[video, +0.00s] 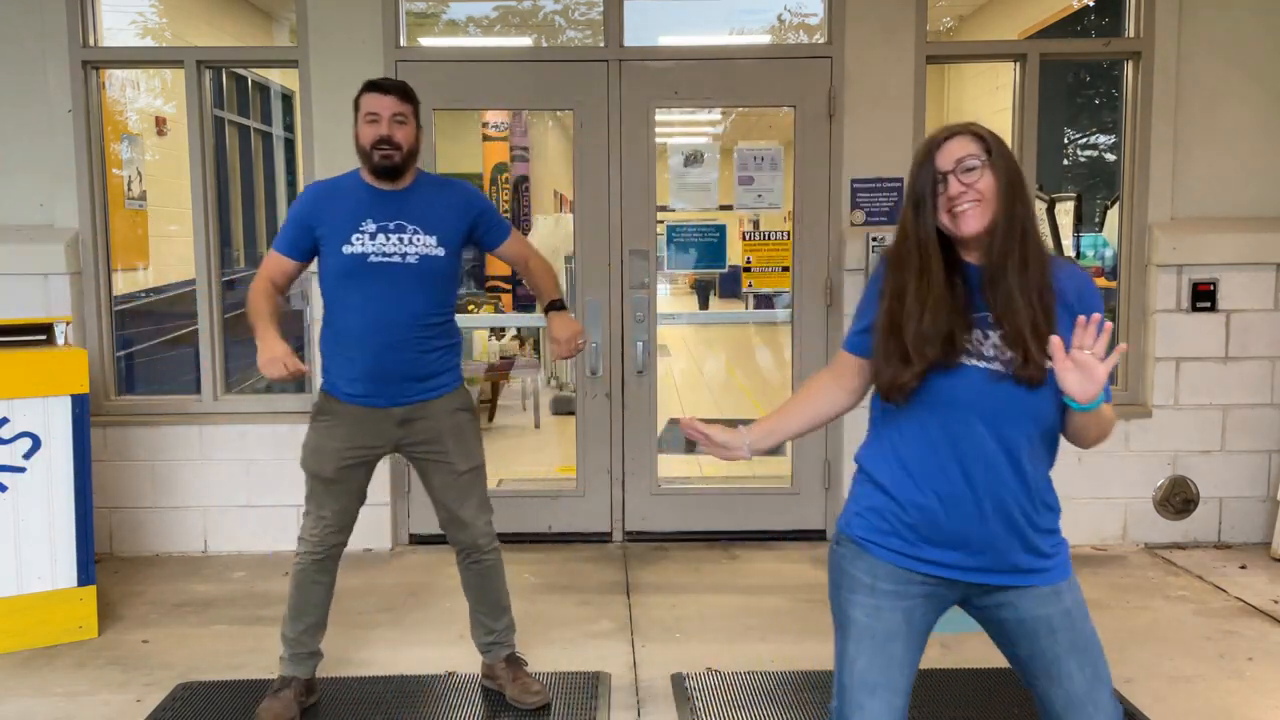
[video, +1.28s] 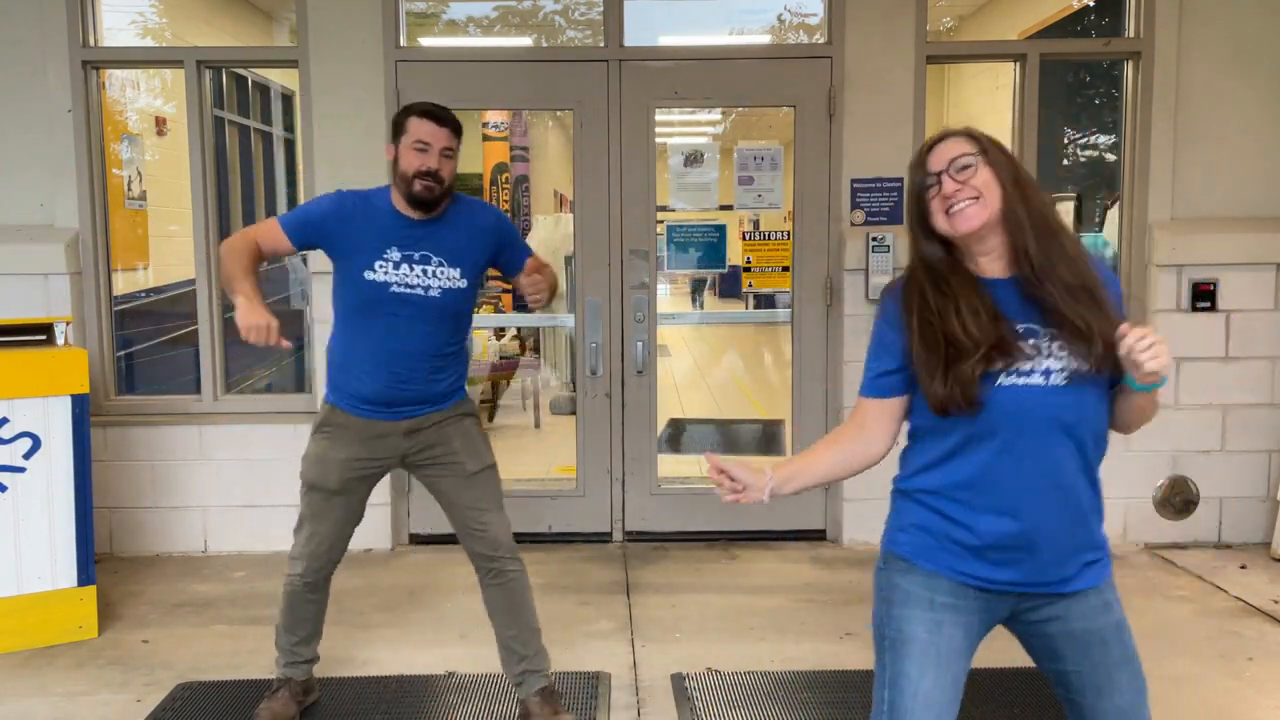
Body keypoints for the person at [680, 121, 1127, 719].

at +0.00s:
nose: (954, 187)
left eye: (969, 169)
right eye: (938, 180)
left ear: (1005, 177)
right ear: (928, 204)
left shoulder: (1066, 288)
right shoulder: (904, 273)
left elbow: (1090, 434)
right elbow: (844, 378)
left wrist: (1085, 401)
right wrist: (750, 438)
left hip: (1021, 551)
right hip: (890, 547)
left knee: (1090, 710)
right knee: (868, 711)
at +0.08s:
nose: (990, 195)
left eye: (1005, 177)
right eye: (974, 189)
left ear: (1041, 186)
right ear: (964, 213)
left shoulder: (1104, 298)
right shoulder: (937, 284)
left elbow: (1129, 445)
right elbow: (887, 390)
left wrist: (1126, 416)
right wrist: (797, 455)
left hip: (1058, 562)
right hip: (926, 555)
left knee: (1119, 713)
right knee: (897, 711)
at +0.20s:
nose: (1033, 191)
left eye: (1048, 174)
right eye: (1016, 185)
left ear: (1084, 186)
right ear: (1003, 209)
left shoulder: (1151, 295)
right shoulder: (977, 289)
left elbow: (1183, 415)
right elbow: (939, 402)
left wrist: (1192, 440)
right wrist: (855, 456)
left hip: (1109, 559)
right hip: (974, 548)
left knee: (1147, 713)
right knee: (929, 712)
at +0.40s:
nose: (1069, 184)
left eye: (1088, 169)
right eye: (1055, 176)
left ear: (1124, 184)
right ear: (1041, 204)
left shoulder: (1191, 287)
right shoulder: (1019, 286)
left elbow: (1272, 409)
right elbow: (979, 402)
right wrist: (899, 373)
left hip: (1151, 553)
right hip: (1019, 539)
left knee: (1164, 712)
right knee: (976, 707)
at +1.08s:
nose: (1006, 172)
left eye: (1021, 151)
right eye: (992, 168)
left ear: (1067, 153)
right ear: (988, 193)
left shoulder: (1157, 258)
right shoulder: (977, 275)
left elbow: (1206, 385)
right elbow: (928, 395)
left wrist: (1270, 397)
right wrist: (832, 426)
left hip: (1139, 542)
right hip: (1002, 532)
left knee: (1150, 710)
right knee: (963, 708)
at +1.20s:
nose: (967, 173)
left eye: (983, 152)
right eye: (953, 169)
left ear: (1031, 153)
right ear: (951, 195)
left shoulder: (1125, 257)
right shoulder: (946, 275)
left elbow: (1164, 396)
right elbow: (900, 406)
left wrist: (1200, 360)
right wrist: (798, 455)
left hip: (1100, 544)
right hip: (969, 535)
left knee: (1138, 711)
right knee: (934, 709)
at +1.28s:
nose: (949, 186)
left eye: (964, 167)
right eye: (933, 184)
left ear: (1005, 174)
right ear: (927, 215)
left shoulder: (1084, 278)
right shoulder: (912, 299)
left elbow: (1125, 419)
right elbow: (870, 429)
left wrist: (1145, 379)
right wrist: (773, 478)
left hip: (1067, 563)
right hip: (937, 562)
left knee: (1123, 712)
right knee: (912, 713)